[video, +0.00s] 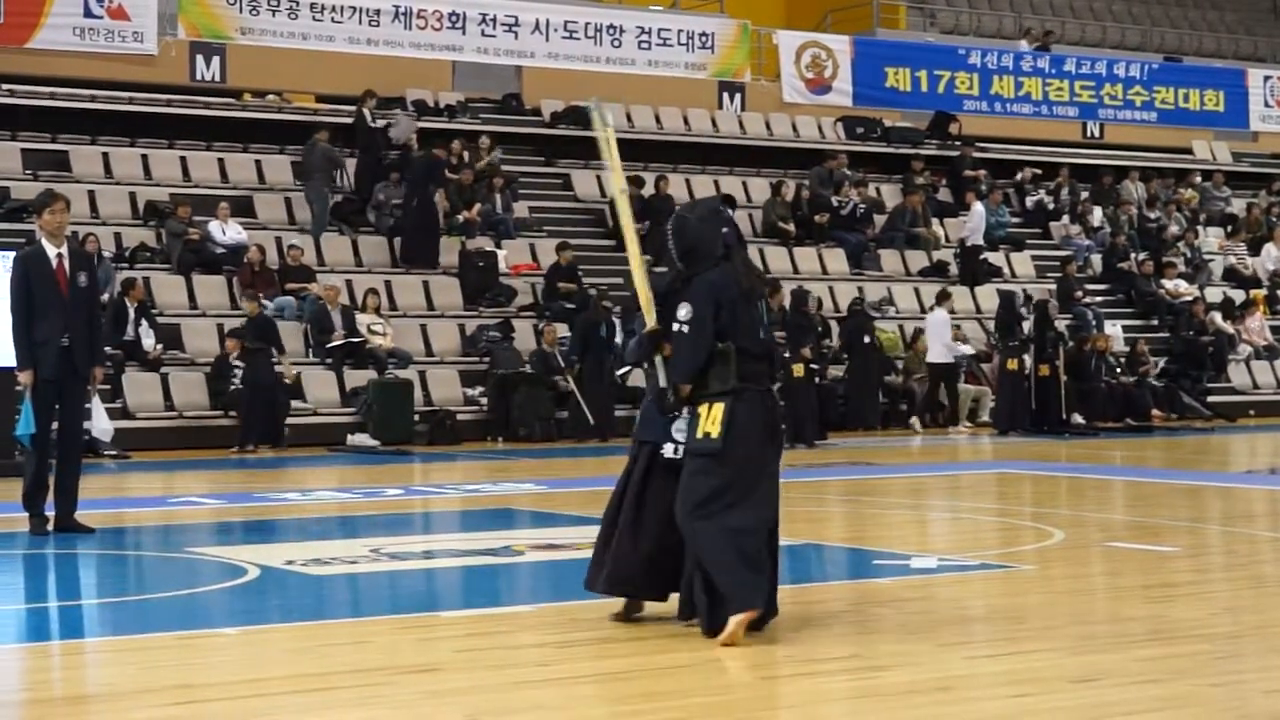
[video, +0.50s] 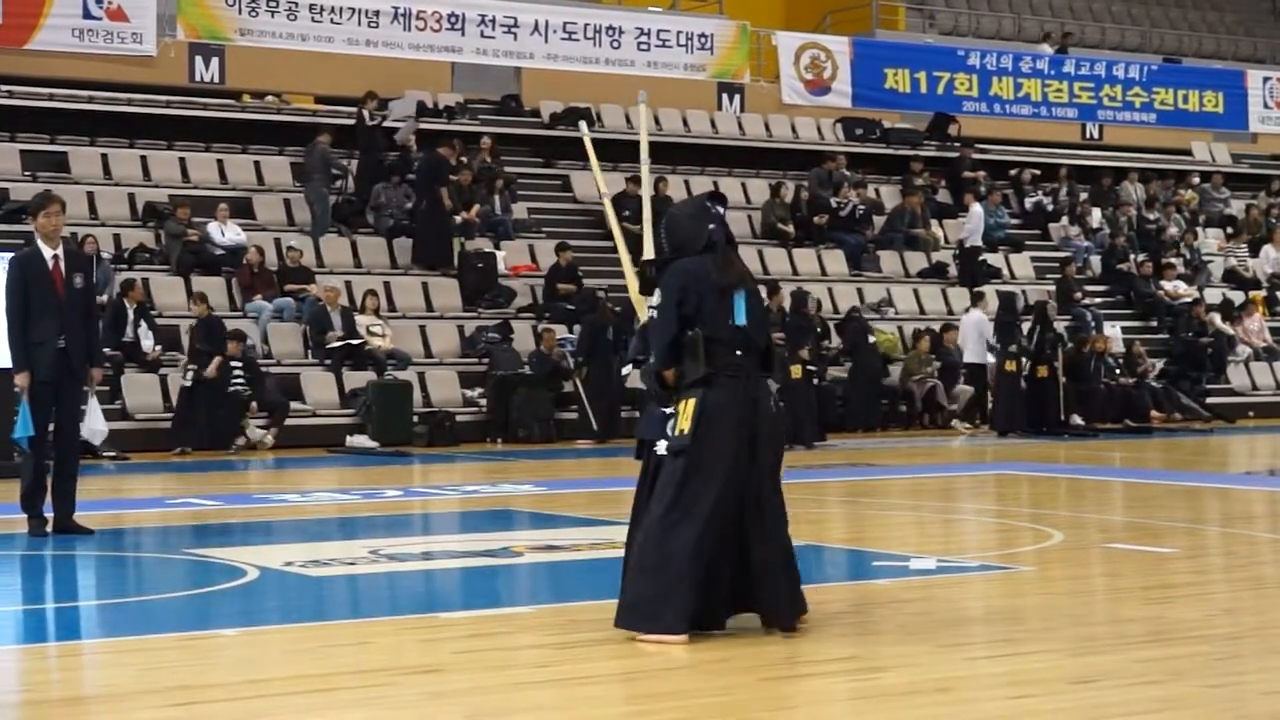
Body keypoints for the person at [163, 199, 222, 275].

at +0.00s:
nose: (186, 210)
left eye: (188, 207)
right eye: (183, 207)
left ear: (191, 210)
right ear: (176, 210)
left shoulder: (194, 223)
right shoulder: (171, 222)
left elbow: (206, 234)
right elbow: (179, 230)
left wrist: (198, 236)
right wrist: (197, 231)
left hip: (200, 249)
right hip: (182, 250)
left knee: (215, 260)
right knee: (187, 262)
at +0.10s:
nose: (186, 210)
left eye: (188, 207)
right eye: (183, 207)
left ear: (191, 210)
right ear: (176, 210)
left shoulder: (194, 223)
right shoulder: (171, 223)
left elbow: (206, 234)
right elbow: (179, 231)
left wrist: (198, 236)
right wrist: (197, 231)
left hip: (200, 249)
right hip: (182, 250)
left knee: (215, 260)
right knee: (187, 262)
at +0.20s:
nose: (186, 211)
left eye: (188, 208)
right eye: (182, 208)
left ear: (191, 211)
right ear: (176, 211)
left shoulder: (193, 224)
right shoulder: (170, 223)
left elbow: (206, 234)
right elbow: (179, 231)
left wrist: (197, 237)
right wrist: (197, 232)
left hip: (199, 250)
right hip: (182, 251)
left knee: (215, 261)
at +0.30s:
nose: (185, 211)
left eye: (187, 208)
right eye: (182, 208)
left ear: (190, 211)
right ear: (176, 211)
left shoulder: (193, 224)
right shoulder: (170, 223)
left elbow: (205, 235)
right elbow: (178, 231)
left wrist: (196, 237)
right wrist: (196, 232)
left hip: (199, 250)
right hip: (181, 251)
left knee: (215, 261)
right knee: (186, 263)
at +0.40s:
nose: (185, 211)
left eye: (187, 208)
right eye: (182, 208)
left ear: (190, 211)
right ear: (176, 211)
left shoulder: (193, 224)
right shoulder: (170, 223)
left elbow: (205, 235)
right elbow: (177, 231)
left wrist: (197, 237)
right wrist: (196, 232)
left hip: (199, 250)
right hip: (181, 251)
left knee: (214, 261)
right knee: (186, 263)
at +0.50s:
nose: (185, 211)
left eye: (187, 208)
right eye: (182, 208)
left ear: (190, 211)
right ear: (176, 211)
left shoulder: (193, 224)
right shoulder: (170, 223)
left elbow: (205, 235)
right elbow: (176, 231)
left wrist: (197, 237)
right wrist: (195, 232)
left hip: (199, 250)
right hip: (181, 251)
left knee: (214, 261)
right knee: (186, 264)